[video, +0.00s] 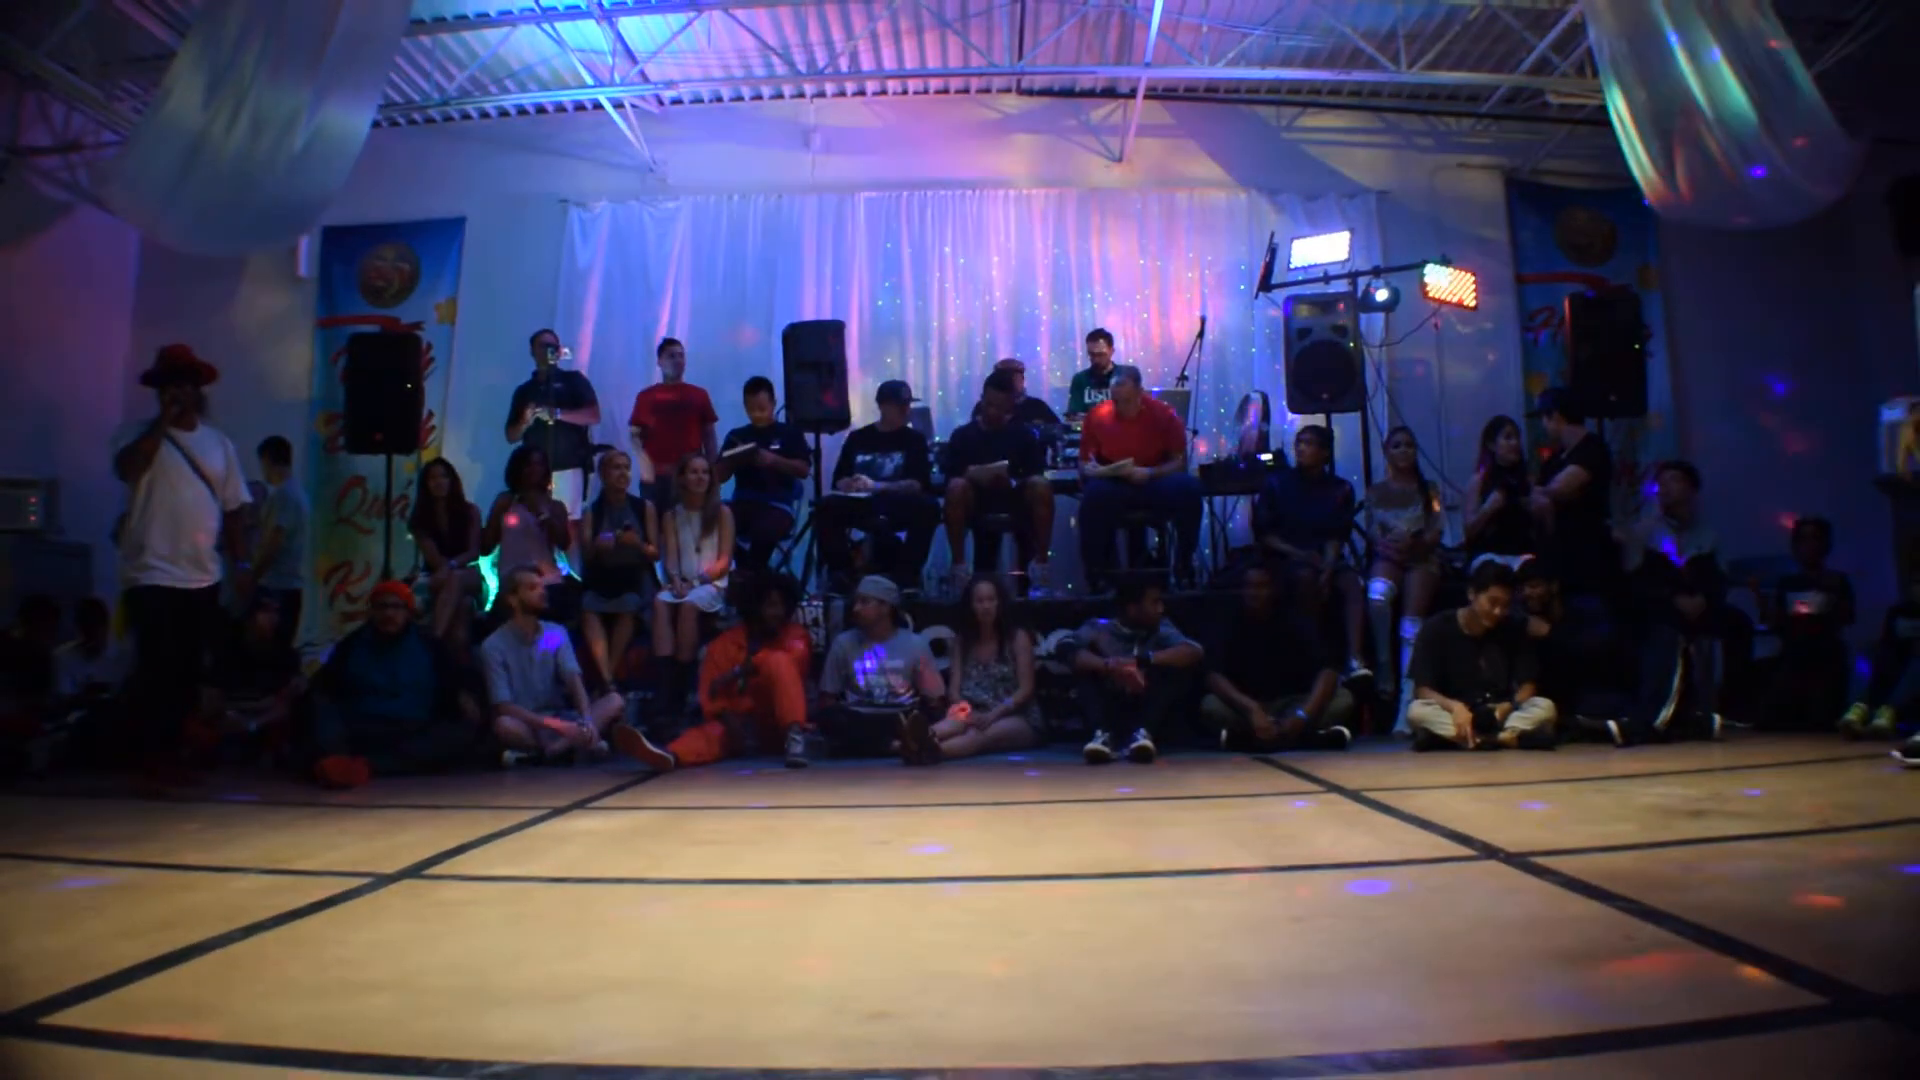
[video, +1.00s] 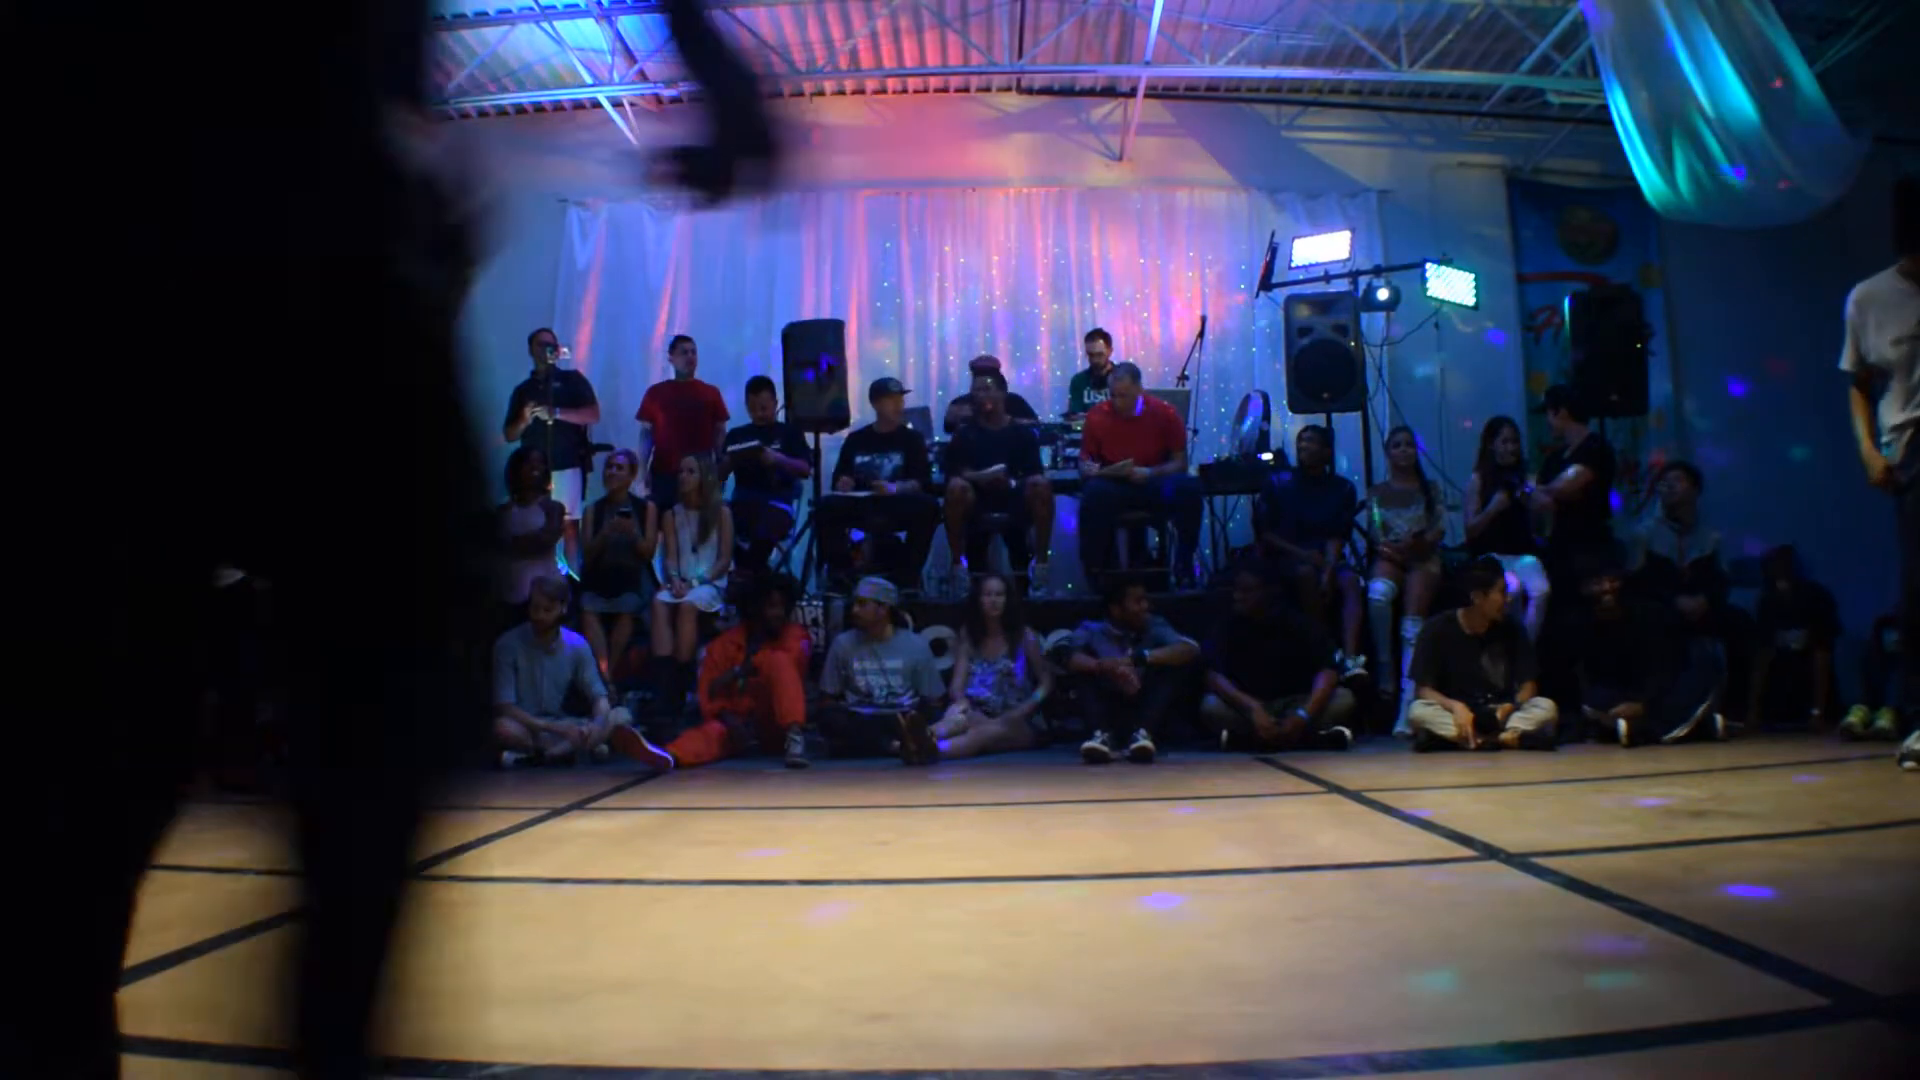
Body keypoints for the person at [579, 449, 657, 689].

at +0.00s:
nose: (622, 473)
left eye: (626, 468)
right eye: (615, 468)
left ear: (631, 473)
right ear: (603, 474)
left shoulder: (645, 507)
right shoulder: (591, 511)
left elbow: (655, 551)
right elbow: (586, 553)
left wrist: (636, 544)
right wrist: (600, 546)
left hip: (633, 572)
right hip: (601, 573)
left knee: (627, 608)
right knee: (589, 610)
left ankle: (608, 676)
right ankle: (606, 678)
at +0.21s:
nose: (620, 476)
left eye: (625, 471)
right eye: (614, 471)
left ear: (631, 475)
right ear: (603, 476)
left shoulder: (644, 507)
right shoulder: (591, 510)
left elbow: (649, 550)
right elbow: (587, 553)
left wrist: (632, 532)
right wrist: (607, 534)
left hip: (631, 573)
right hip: (599, 574)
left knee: (625, 610)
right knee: (589, 610)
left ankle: (607, 674)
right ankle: (605, 679)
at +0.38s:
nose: (619, 477)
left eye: (625, 472)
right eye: (613, 471)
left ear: (631, 476)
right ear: (604, 475)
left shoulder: (644, 507)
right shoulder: (591, 511)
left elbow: (648, 550)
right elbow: (587, 554)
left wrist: (631, 532)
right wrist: (606, 534)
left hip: (631, 577)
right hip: (599, 577)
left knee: (624, 611)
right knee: (588, 612)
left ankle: (608, 675)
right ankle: (605, 681)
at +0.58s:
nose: (613, 474)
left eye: (620, 469)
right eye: (609, 469)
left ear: (631, 476)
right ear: (603, 475)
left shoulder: (645, 508)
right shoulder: (591, 511)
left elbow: (649, 550)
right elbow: (586, 554)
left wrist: (632, 534)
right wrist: (605, 535)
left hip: (631, 573)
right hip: (599, 573)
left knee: (627, 610)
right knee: (589, 610)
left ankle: (608, 673)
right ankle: (605, 677)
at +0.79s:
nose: (612, 472)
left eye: (619, 468)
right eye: (608, 467)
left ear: (632, 475)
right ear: (603, 473)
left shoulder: (646, 508)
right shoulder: (592, 510)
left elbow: (648, 550)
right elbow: (587, 553)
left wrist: (631, 533)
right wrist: (605, 534)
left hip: (632, 573)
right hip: (599, 573)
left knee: (626, 610)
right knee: (588, 610)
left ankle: (606, 675)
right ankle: (606, 679)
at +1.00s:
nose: (612, 472)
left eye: (619, 467)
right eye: (609, 467)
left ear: (632, 475)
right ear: (604, 473)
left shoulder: (646, 508)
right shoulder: (592, 510)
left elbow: (648, 551)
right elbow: (587, 553)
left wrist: (631, 533)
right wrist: (606, 533)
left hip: (631, 574)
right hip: (600, 574)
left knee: (626, 608)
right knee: (588, 607)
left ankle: (610, 671)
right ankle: (602, 672)